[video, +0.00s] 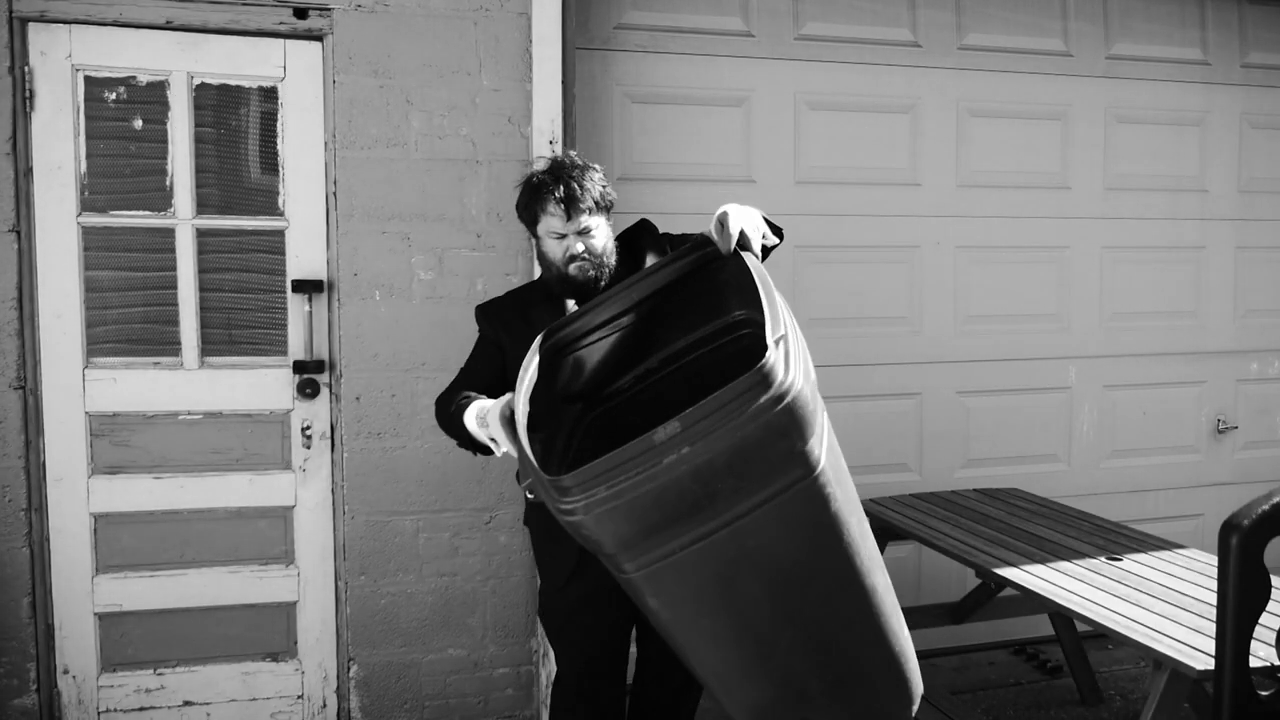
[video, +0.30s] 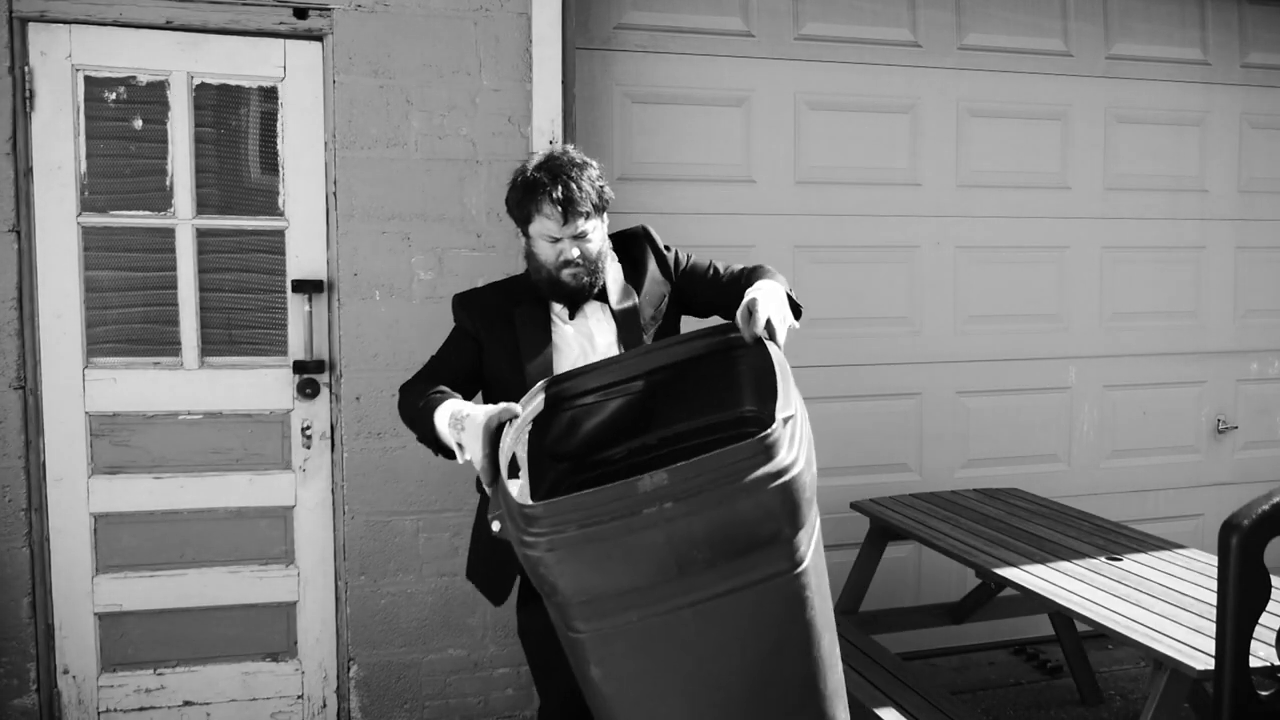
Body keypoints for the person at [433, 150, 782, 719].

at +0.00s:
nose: (578, 248)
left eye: (588, 231)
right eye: (560, 237)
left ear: (609, 219)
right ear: (534, 239)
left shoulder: (652, 256)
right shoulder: (510, 319)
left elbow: (740, 254)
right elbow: (454, 402)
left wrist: (747, 221)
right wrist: (481, 414)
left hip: (680, 507)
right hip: (572, 524)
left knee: (675, 680)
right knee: (588, 684)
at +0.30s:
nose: (576, 253)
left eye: (586, 235)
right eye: (557, 241)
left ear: (604, 218)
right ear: (525, 238)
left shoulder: (650, 267)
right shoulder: (492, 316)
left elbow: (737, 286)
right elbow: (420, 393)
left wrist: (767, 289)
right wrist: (459, 419)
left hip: (662, 529)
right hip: (553, 545)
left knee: (670, 685)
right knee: (568, 700)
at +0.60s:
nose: (609, 263)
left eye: (624, 245)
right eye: (590, 248)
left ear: (647, 231)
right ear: (563, 239)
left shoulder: (687, 285)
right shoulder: (517, 319)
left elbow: (780, 366)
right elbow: (456, 415)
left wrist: (804, 429)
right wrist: (488, 486)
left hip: (682, 543)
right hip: (571, 550)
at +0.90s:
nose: (665, 291)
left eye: (682, 275)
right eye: (648, 273)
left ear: (706, 255)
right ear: (621, 253)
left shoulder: (741, 308)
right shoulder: (566, 333)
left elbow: (801, 419)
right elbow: (517, 441)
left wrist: (823, 517)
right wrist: (518, 549)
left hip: (711, 557)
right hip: (601, 564)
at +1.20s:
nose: (692, 321)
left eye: (708, 305)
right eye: (676, 304)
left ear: (734, 286)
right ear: (648, 282)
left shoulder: (767, 321)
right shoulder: (591, 345)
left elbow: (812, 433)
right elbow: (544, 457)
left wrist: (834, 556)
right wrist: (537, 578)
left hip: (727, 563)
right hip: (619, 567)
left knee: (722, 705)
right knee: (613, 703)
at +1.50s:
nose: (705, 306)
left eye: (721, 290)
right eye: (689, 289)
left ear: (747, 273)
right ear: (661, 267)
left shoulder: (780, 313)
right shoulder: (604, 334)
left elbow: (825, 422)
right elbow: (558, 444)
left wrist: (848, 545)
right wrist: (547, 561)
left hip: (739, 562)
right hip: (632, 565)